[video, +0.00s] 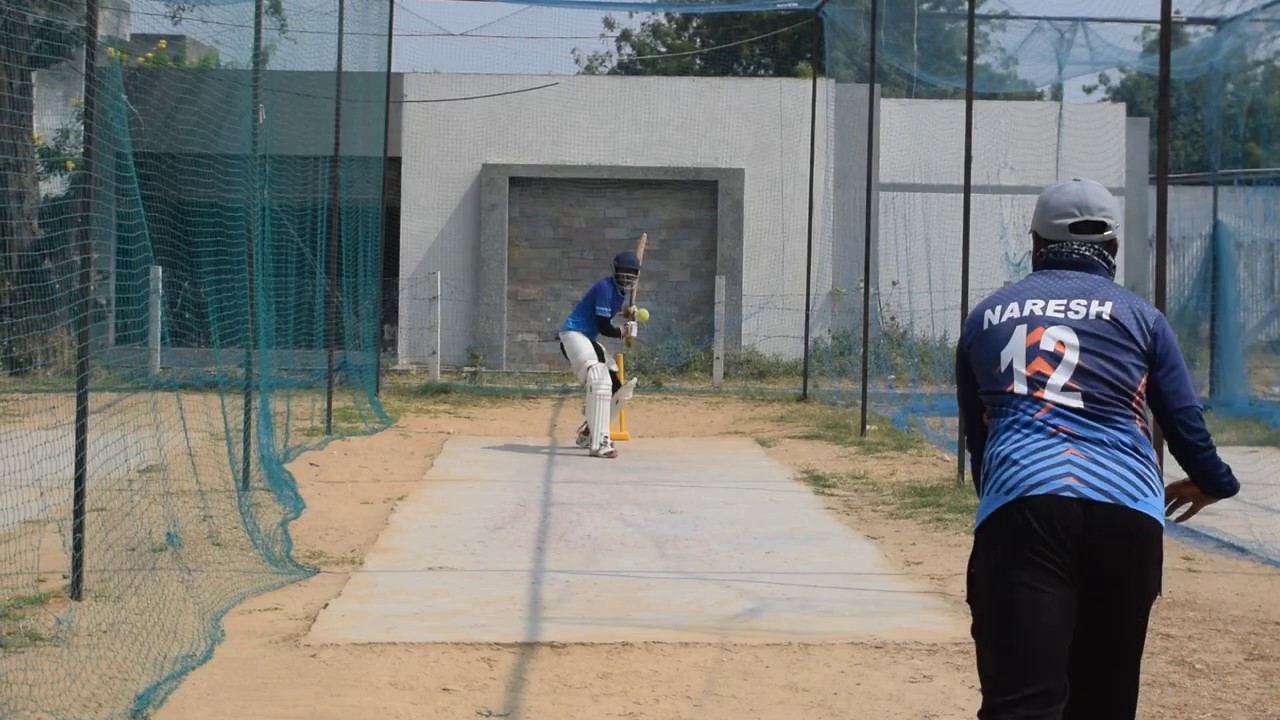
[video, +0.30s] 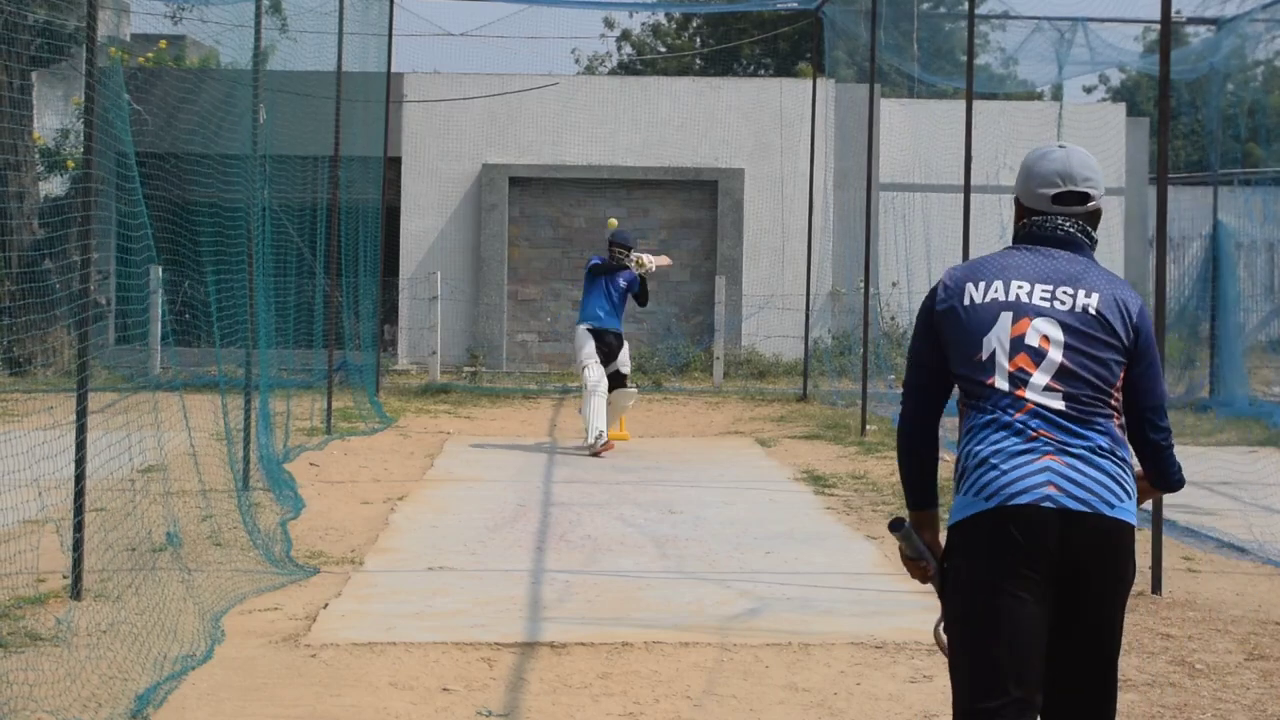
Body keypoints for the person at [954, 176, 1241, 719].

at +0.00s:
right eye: (1111, 239)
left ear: (1037, 247)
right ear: (1110, 246)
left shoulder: (984, 314)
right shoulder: (1141, 314)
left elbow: (977, 438)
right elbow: (1183, 420)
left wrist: (1003, 502)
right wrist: (1212, 480)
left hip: (1024, 509)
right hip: (1128, 513)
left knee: (1020, 697)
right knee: (1106, 696)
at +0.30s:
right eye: (1094, 209)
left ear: (1018, 212)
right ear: (1095, 217)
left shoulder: (956, 287)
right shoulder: (1122, 298)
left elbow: (916, 420)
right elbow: (1149, 421)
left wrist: (924, 524)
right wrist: (1158, 476)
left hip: (995, 515)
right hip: (1102, 521)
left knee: (996, 701)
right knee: (1084, 700)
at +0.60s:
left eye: (988, 186)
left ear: (989, 193)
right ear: (1067, 200)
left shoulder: (931, 273)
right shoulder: (1100, 290)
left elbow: (888, 412)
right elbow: (1136, 431)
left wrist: (906, 506)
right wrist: (1133, 484)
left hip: (970, 525)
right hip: (1078, 531)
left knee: (979, 704)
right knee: (1066, 704)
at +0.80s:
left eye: (977, 180)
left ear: (978, 187)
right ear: (1059, 190)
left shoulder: (925, 271)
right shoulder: (1099, 283)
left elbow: (885, 408)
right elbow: (1121, 418)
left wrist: (943, 475)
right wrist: (1124, 480)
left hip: (974, 532)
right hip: (1085, 532)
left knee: (983, 705)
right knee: (1077, 704)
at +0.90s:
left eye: (979, 179)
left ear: (980, 187)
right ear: (1061, 189)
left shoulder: (928, 271)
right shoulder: (1102, 281)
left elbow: (885, 404)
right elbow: (1125, 411)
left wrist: (951, 460)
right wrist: (1129, 474)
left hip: (979, 531)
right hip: (1091, 531)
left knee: (990, 708)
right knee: (1086, 705)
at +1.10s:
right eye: (1084, 187)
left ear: (1004, 192)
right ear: (1086, 194)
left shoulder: (948, 271)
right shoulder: (1124, 282)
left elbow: (909, 401)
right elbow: (1154, 424)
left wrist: (983, 445)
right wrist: (1149, 494)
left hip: (996, 533)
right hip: (1114, 532)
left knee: (1002, 708)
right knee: (1137, 705)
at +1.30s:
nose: (1166, 239)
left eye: (1166, 229)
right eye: (1164, 228)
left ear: (1084, 219)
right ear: (1154, 225)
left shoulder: (1002, 284)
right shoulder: (1181, 301)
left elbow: (971, 414)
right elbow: (1208, 446)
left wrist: (1034, 476)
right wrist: (1172, 515)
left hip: (1025, 547)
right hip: (1153, 549)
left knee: (1010, 710)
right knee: (1202, 709)